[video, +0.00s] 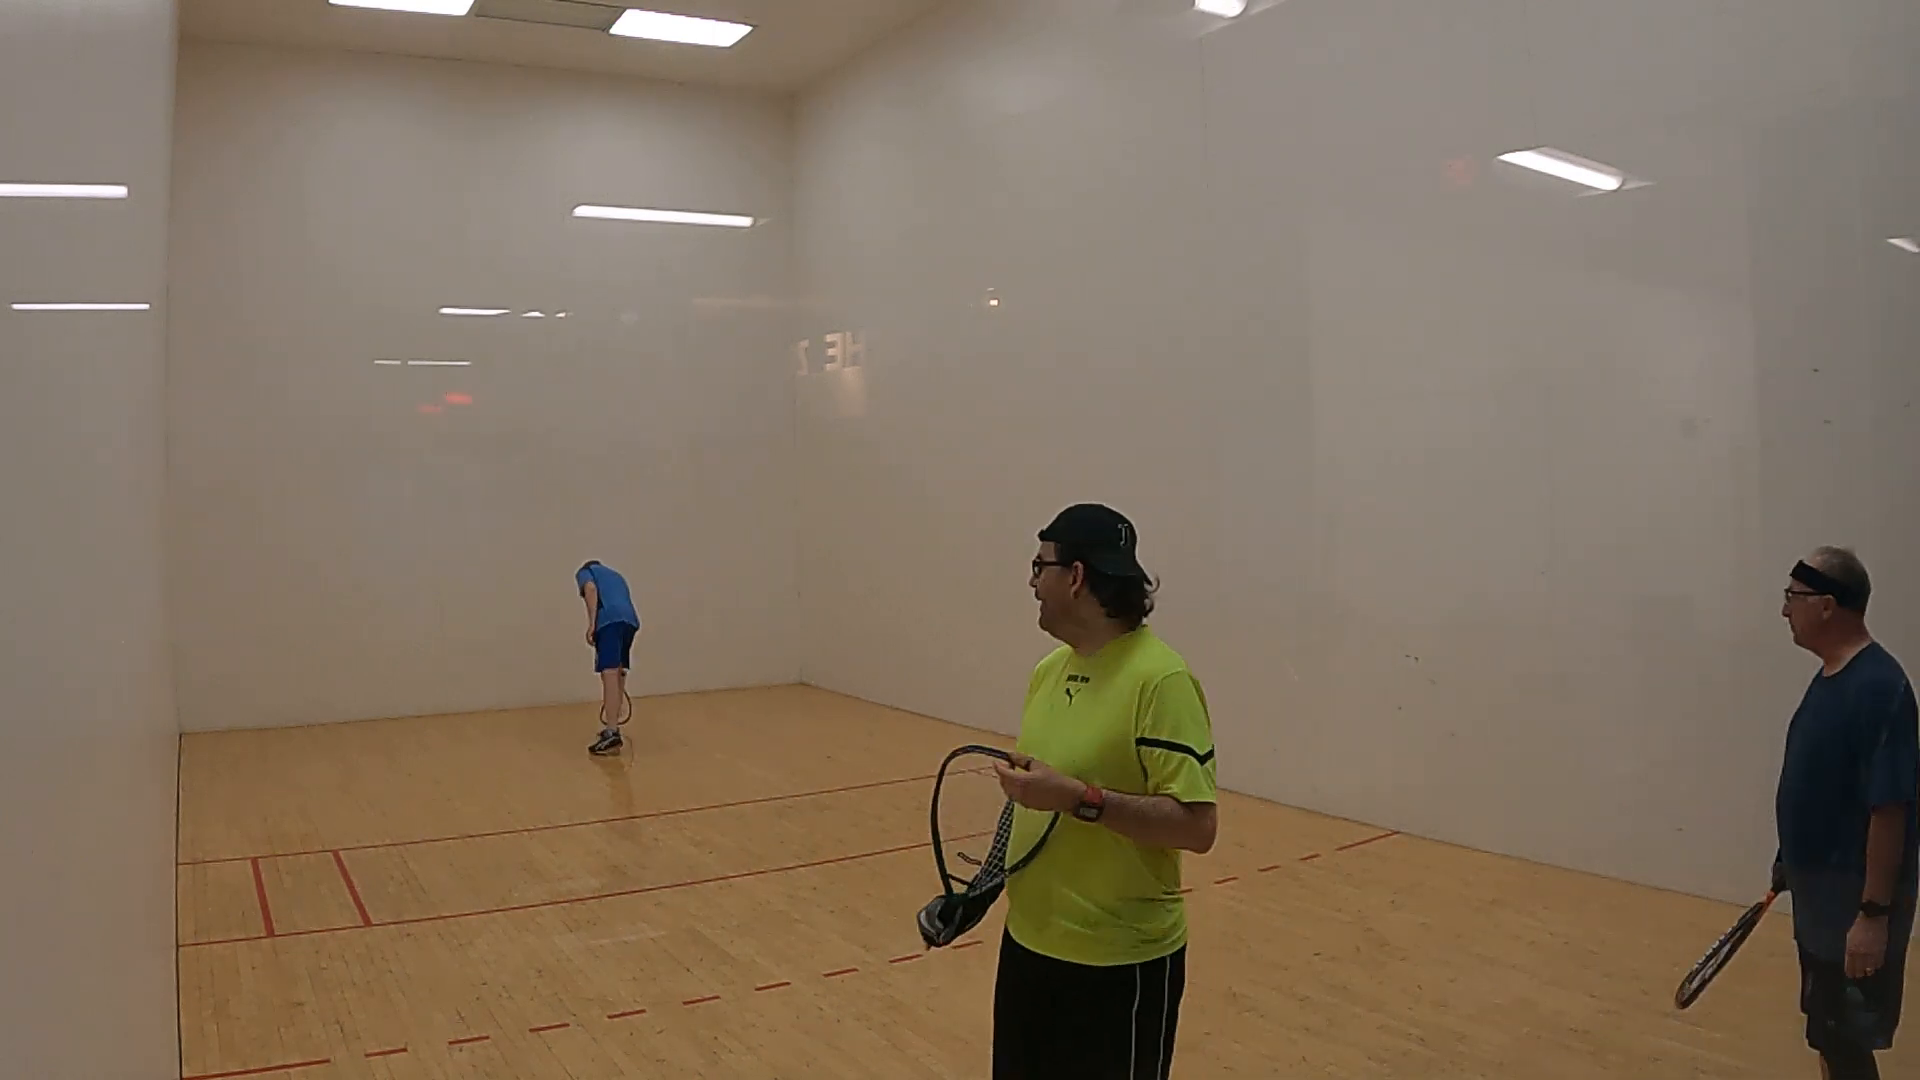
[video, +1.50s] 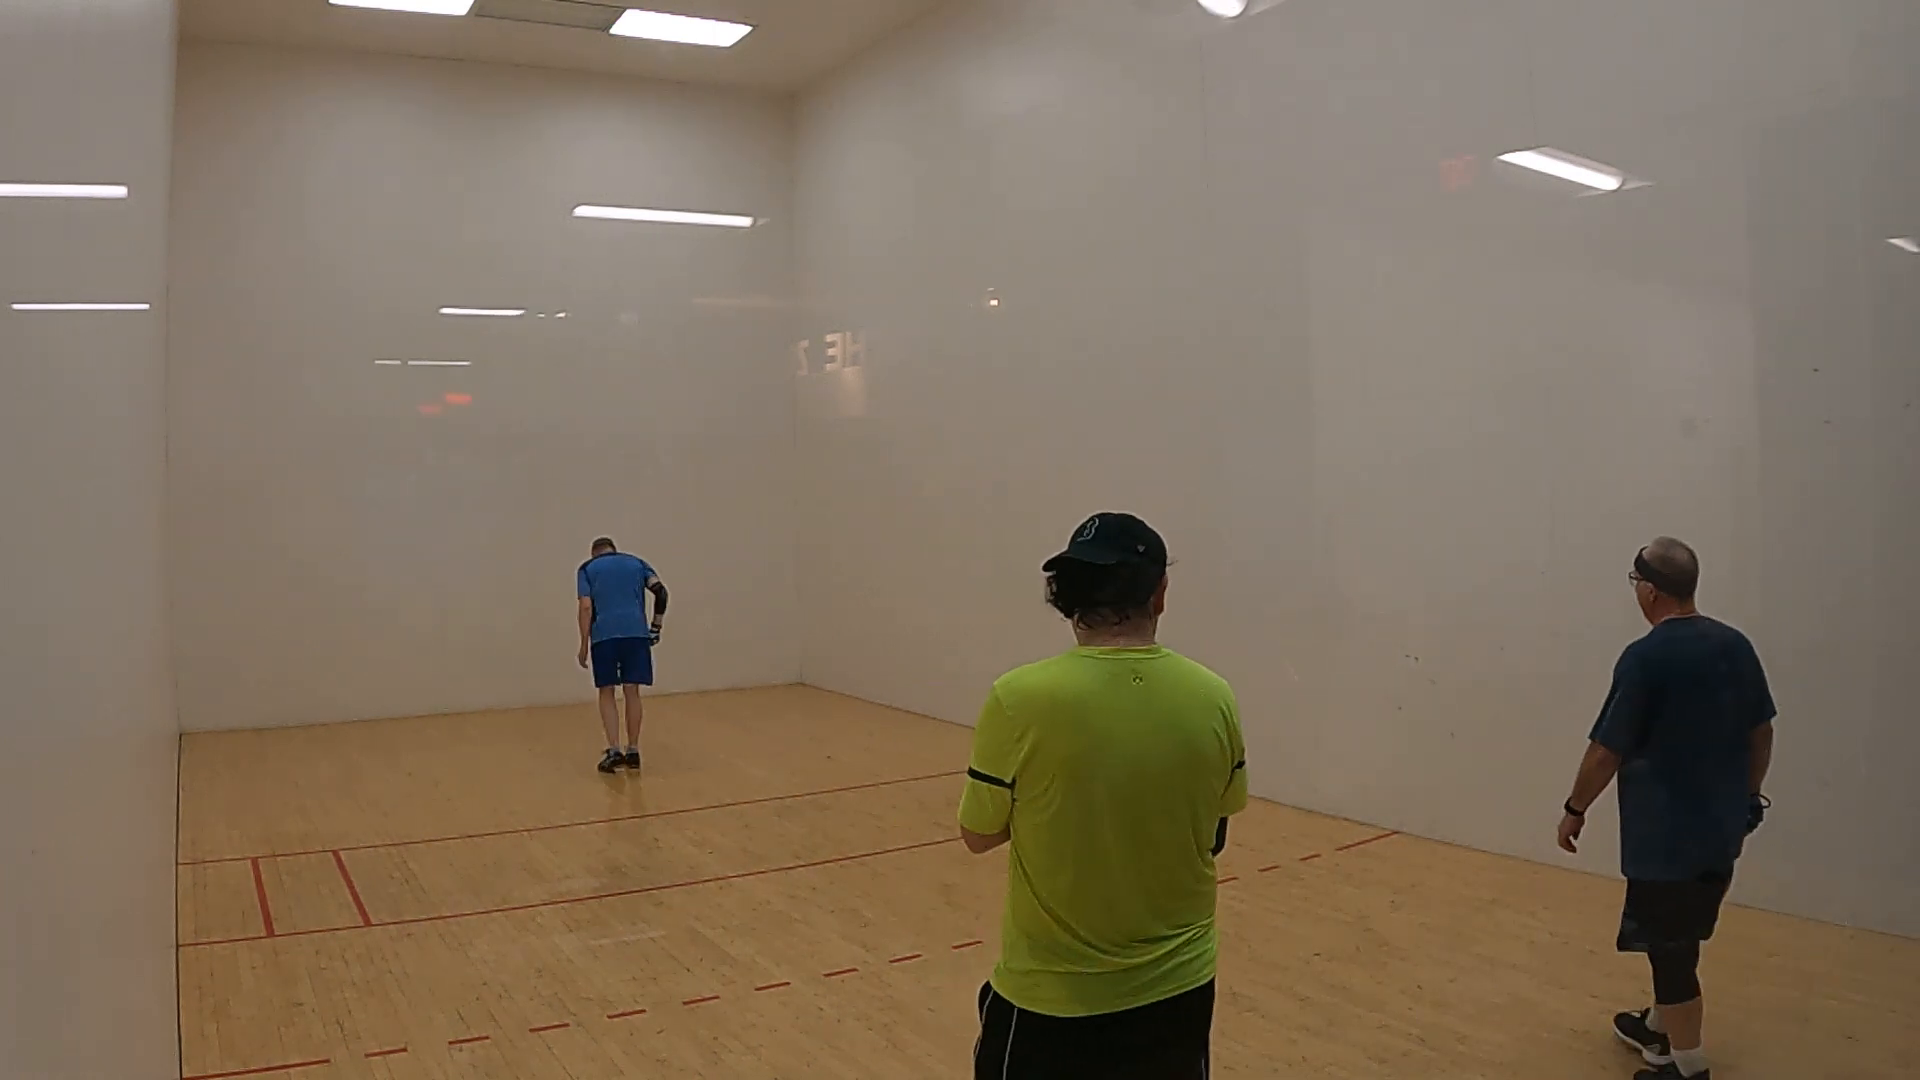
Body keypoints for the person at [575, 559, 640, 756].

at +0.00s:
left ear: (585, 568)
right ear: (599, 566)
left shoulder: (585, 571)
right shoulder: (615, 575)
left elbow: (591, 589)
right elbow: (622, 605)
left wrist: (591, 624)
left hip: (610, 619)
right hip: (630, 620)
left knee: (609, 673)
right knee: (619, 672)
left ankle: (612, 731)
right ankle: (616, 719)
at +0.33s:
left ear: (581, 568)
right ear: (595, 567)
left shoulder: (581, 572)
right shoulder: (611, 576)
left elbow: (587, 590)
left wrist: (588, 625)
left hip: (607, 619)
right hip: (627, 620)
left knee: (606, 673)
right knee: (614, 673)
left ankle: (609, 729)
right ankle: (612, 727)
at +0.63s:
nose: (580, 563)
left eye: (579, 560)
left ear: (580, 558)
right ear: (598, 556)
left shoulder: (580, 569)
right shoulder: (614, 569)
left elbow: (585, 596)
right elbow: (621, 599)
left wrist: (584, 632)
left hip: (601, 628)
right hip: (624, 626)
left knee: (592, 680)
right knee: (613, 676)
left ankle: (602, 732)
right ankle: (612, 725)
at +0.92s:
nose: (579, 558)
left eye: (578, 555)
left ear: (578, 553)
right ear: (599, 549)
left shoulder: (576, 570)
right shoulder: (616, 566)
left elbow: (577, 604)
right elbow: (629, 596)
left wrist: (573, 640)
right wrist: (629, 636)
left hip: (593, 636)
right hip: (622, 635)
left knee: (585, 685)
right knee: (617, 680)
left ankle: (603, 738)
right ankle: (619, 728)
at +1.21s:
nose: (587, 559)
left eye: (586, 556)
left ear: (585, 554)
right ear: (606, 549)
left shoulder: (582, 567)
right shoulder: (626, 563)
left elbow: (583, 600)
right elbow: (638, 595)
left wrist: (581, 638)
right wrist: (635, 626)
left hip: (600, 633)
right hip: (631, 632)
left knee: (599, 686)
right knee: (628, 688)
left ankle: (601, 740)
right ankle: (632, 745)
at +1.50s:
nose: (595, 558)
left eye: (594, 555)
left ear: (593, 553)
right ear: (615, 550)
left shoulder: (587, 568)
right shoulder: (636, 562)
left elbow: (585, 606)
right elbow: (661, 592)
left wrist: (584, 643)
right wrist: (656, 626)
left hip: (604, 637)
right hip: (636, 634)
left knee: (606, 691)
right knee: (632, 690)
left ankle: (614, 750)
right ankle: (633, 749)